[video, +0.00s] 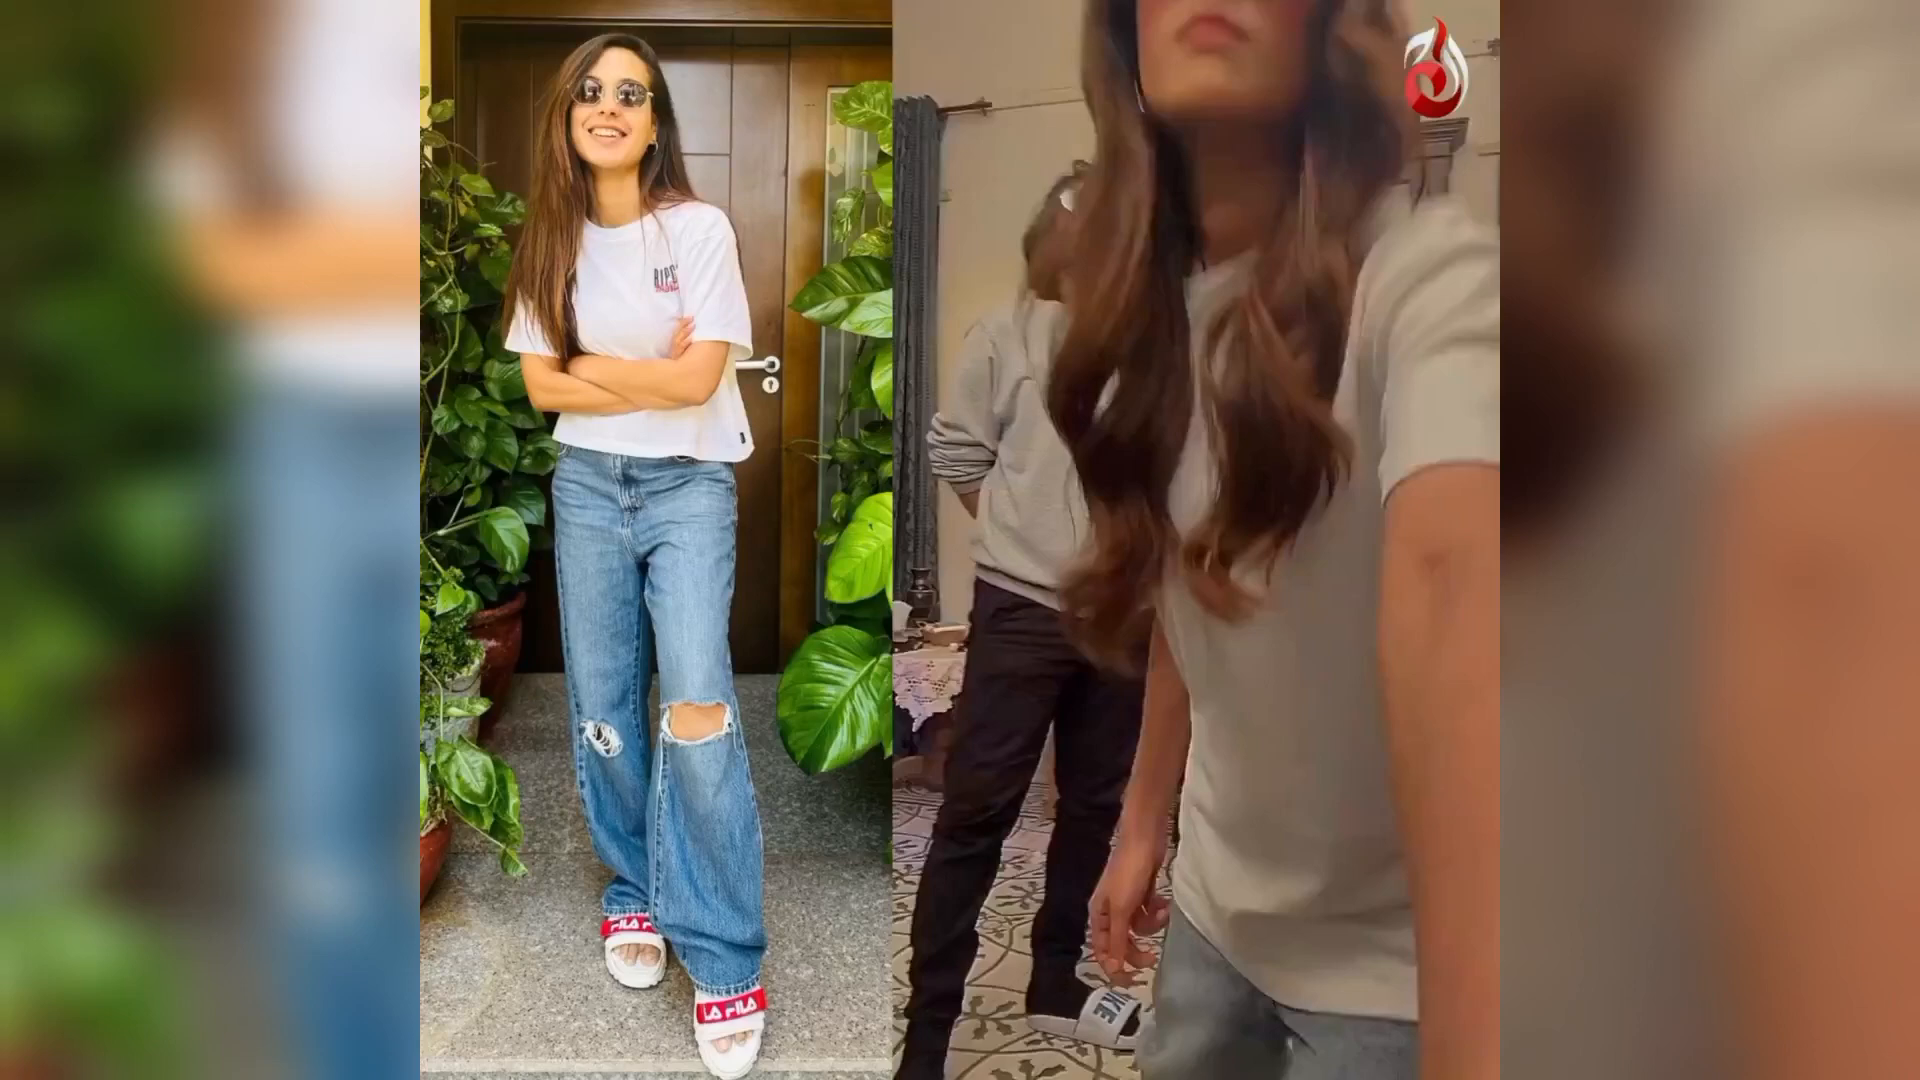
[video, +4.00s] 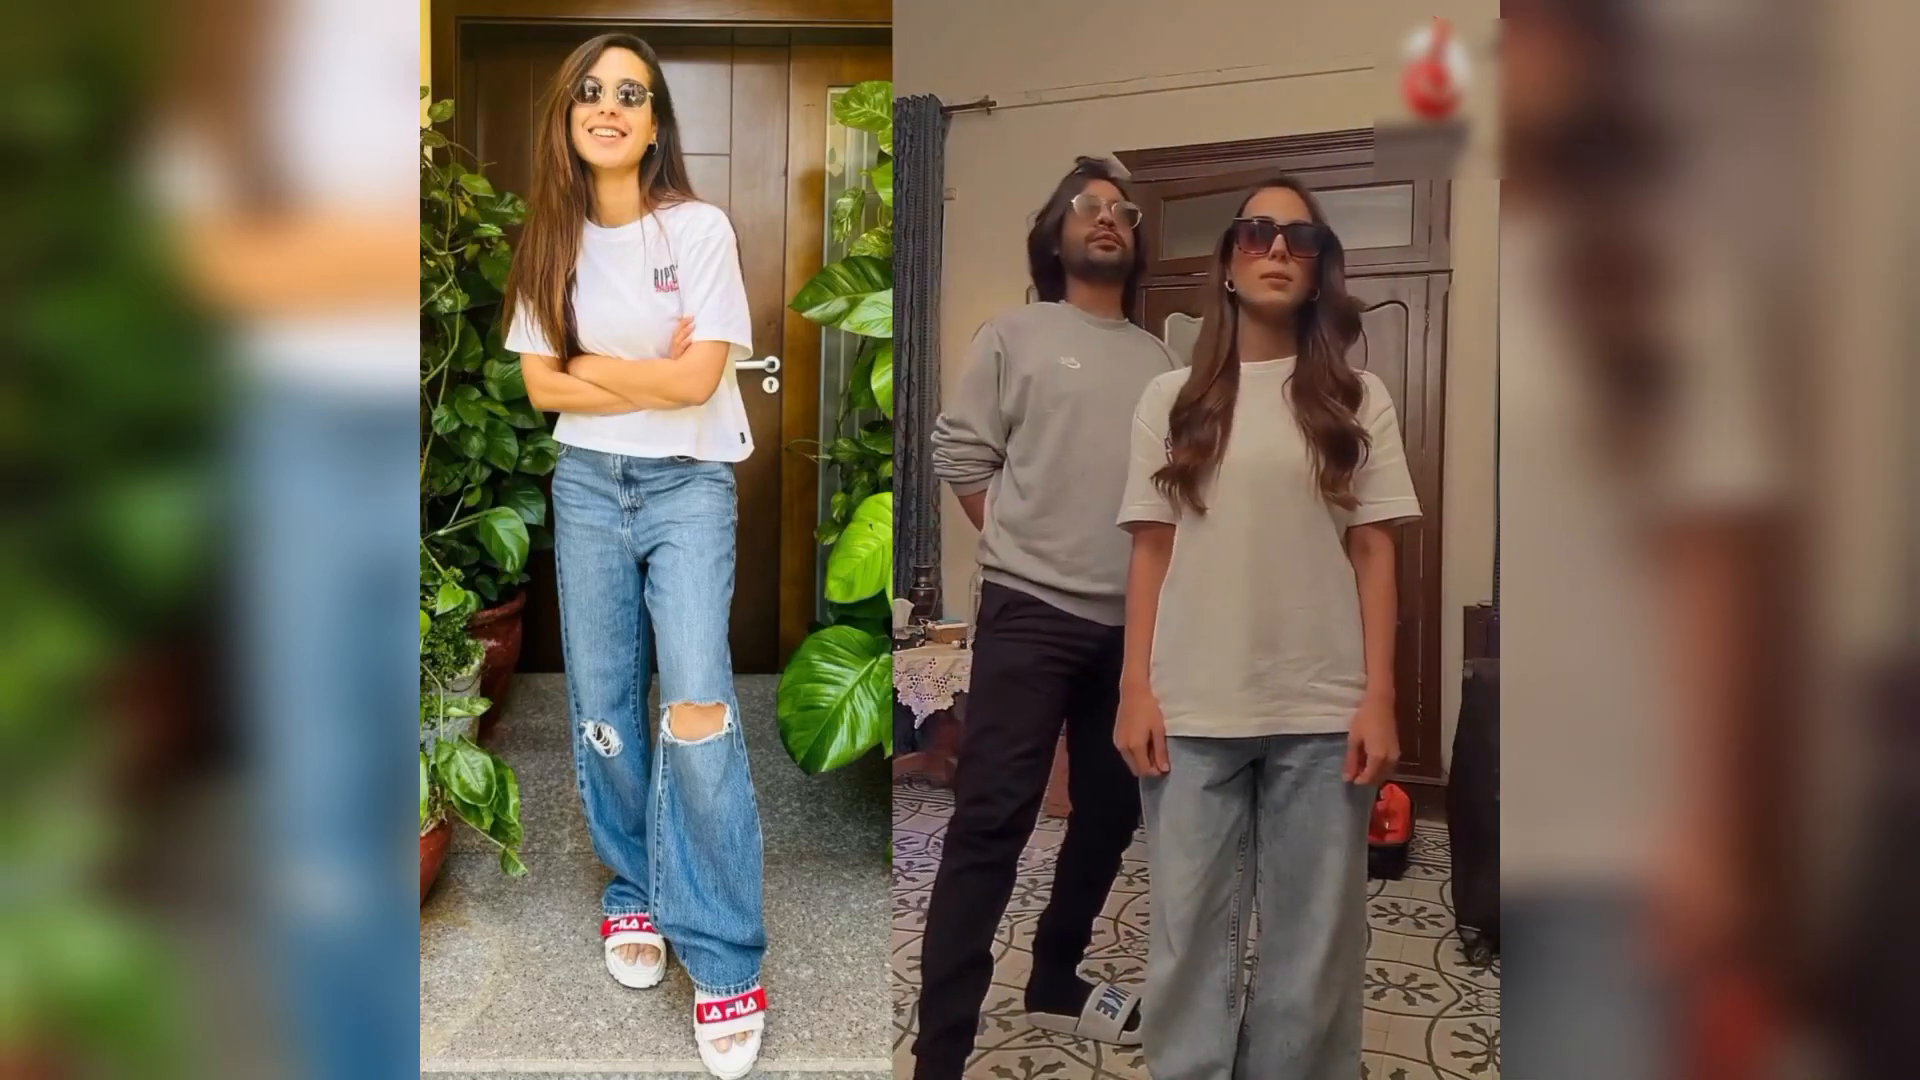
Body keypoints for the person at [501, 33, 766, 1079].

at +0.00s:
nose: (610, 111)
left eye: (630, 98)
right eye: (593, 95)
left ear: (656, 121)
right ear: (566, 116)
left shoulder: (699, 226)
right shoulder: (550, 240)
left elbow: (699, 378)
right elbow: (540, 385)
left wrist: (575, 362)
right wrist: (662, 379)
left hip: (689, 482)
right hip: (585, 484)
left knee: (694, 710)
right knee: (603, 709)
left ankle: (725, 959)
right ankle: (632, 892)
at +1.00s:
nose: (610, 111)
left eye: (630, 97)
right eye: (593, 95)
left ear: (656, 121)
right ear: (566, 117)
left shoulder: (700, 226)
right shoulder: (549, 240)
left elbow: (699, 378)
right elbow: (541, 385)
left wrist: (576, 362)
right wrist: (661, 379)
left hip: (689, 482)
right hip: (585, 484)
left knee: (695, 709)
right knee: (603, 709)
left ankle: (724, 958)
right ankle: (631, 891)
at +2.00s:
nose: (610, 111)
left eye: (630, 97)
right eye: (593, 95)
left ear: (657, 121)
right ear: (566, 117)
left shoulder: (700, 226)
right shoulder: (550, 240)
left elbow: (699, 379)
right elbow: (541, 386)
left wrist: (576, 362)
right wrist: (662, 379)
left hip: (689, 482)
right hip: (585, 484)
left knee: (695, 709)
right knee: (603, 709)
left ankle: (724, 957)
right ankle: (631, 890)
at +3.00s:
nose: (610, 111)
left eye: (630, 97)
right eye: (593, 95)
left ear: (657, 121)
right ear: (566, 118)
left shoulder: (700, 226)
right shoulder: (549, 240)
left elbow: (699, 378)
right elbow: (540, 386)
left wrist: (575, 362)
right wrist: (662, 379)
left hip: (689, 482)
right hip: (585, 484)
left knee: (695, 709)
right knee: (603, 709)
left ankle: (724, 958)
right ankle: (631, 890)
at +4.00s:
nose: (610, 111)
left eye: (630, 97)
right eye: (593, 95)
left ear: (656, 121)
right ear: (566, 117)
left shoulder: (699, 225)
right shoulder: (549, 240)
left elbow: (698, 378)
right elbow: (541, 385)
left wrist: (576, 362)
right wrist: (662, 379)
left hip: (689, 482)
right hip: (585, 484)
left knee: (694, 709)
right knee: (603, 708)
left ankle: (724, 958)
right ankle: (631, 891)